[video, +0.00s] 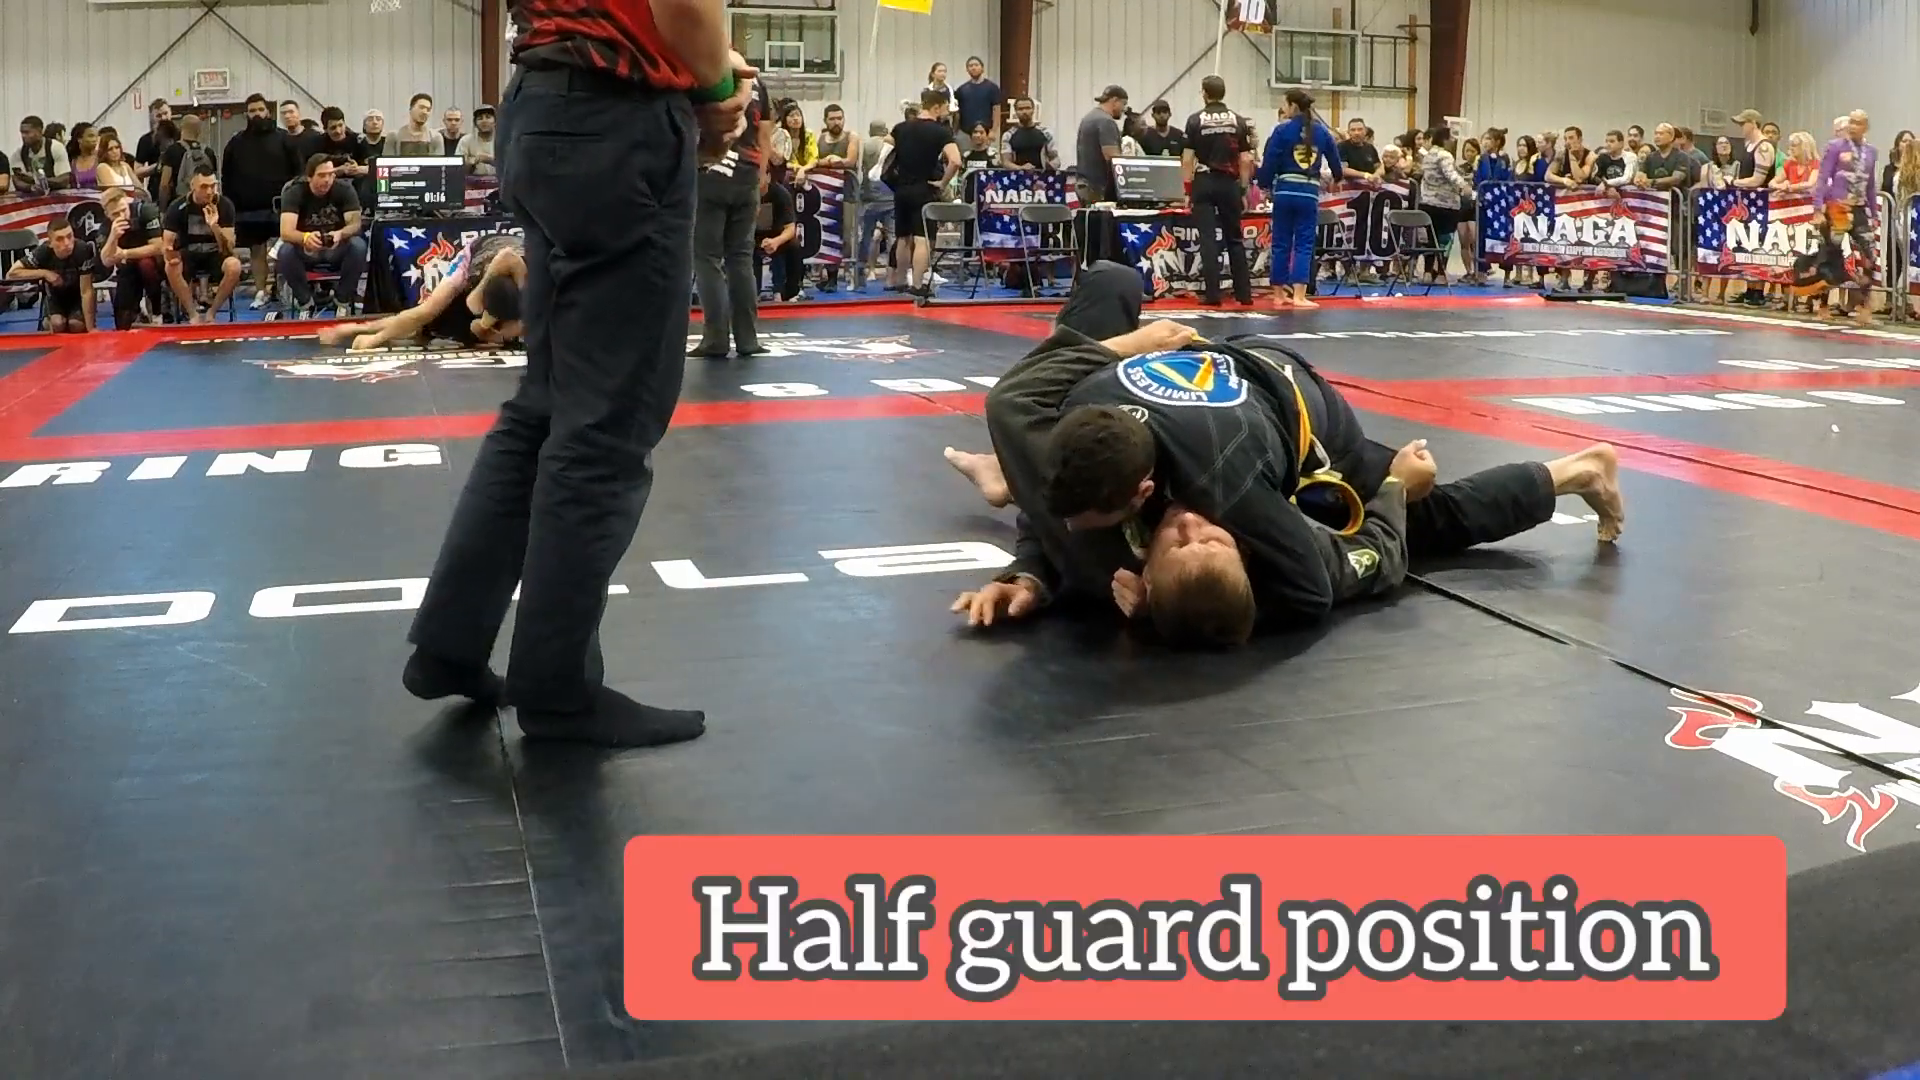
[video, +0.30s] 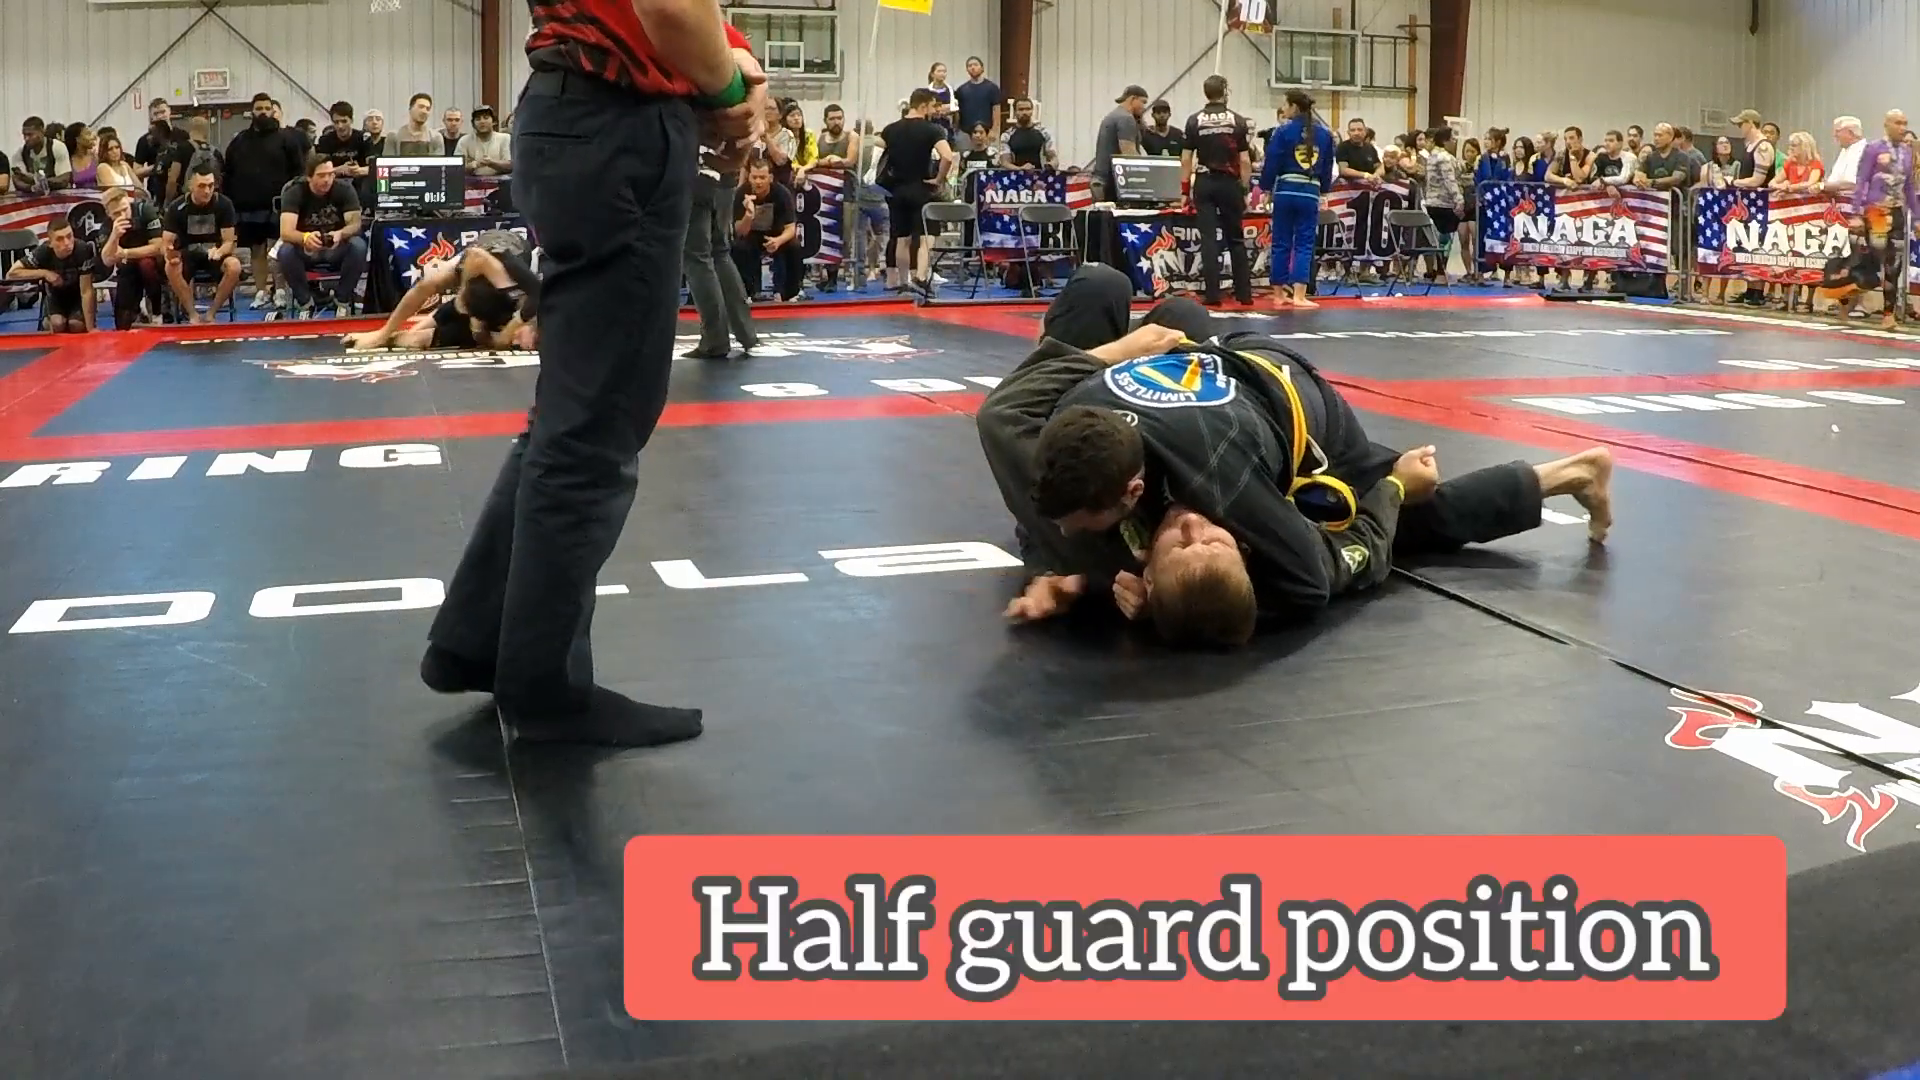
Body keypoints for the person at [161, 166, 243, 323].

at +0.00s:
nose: (209, 191)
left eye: (212, 186)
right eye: (204, 187)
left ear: (216, 186)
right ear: (193, 187)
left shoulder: (224, 205)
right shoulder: (178, 207)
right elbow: (168, 241)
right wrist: (171, 257)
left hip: (215, 253)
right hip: (188, 254)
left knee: (234, 266)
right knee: (172, 268)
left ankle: (211, 313)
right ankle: (193, 315)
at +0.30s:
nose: (207, 191)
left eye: (210, 186)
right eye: (201, 186)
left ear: (215, 185)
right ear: (191, 185)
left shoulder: (223, 204)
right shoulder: (177, 207)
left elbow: (229, 241)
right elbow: (167, 242)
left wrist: (219, 252)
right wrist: (171, 256)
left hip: (213, 253)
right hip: (187, 253)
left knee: (234, 266)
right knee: (171, 268)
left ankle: (211, 314)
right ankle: (193, 315)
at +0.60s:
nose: (207, 190)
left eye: (210, 185)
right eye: (201, 185)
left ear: (214, 184)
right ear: (191, 185)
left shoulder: (224, 205)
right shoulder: (176, 207)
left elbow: (229, 241)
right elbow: (167, 242)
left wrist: (216, 254)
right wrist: (172, 257)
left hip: (214, 253)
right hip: (187, 254)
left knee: (234, 266)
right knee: (171, 268)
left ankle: (211, 313)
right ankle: (193, 314)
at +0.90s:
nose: (207, 190)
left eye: (211, 184)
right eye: (202, 185)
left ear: (215, 184)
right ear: (190, 184)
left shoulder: (224, 204)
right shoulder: (176, 207)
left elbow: (229, 243)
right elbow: (167, 243)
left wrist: (214, 256)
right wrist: (172, 256)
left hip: (215, 253)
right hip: (187, 255)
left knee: (234, 266)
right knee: (172, 268)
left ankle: (211, 313)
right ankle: (193, 315)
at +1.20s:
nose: (208, 190)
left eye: (211, 185)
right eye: (202, 185)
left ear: (215, 184)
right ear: (191, 185)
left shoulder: (224, 205)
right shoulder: (177, 207)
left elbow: (229, 244)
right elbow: (167, 243)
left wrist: (214, 255)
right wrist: (171, 256)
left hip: (215, 253)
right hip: (188, 255)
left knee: (234, 266)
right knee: (171, 268)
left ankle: (211, 314)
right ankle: (193, 315)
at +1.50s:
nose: (208, 190)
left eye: (211, 185)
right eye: (202, 185)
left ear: (215, 184)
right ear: (190, 185)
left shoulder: (225, 204)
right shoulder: (178, 207)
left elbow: (230, 242)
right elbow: (167, 242)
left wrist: (214, 255)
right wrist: (171, 256)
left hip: (215, 253)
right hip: (188, 255)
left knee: (234, 266)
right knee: (171, 268)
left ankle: (211, 313)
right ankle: (193, 315)